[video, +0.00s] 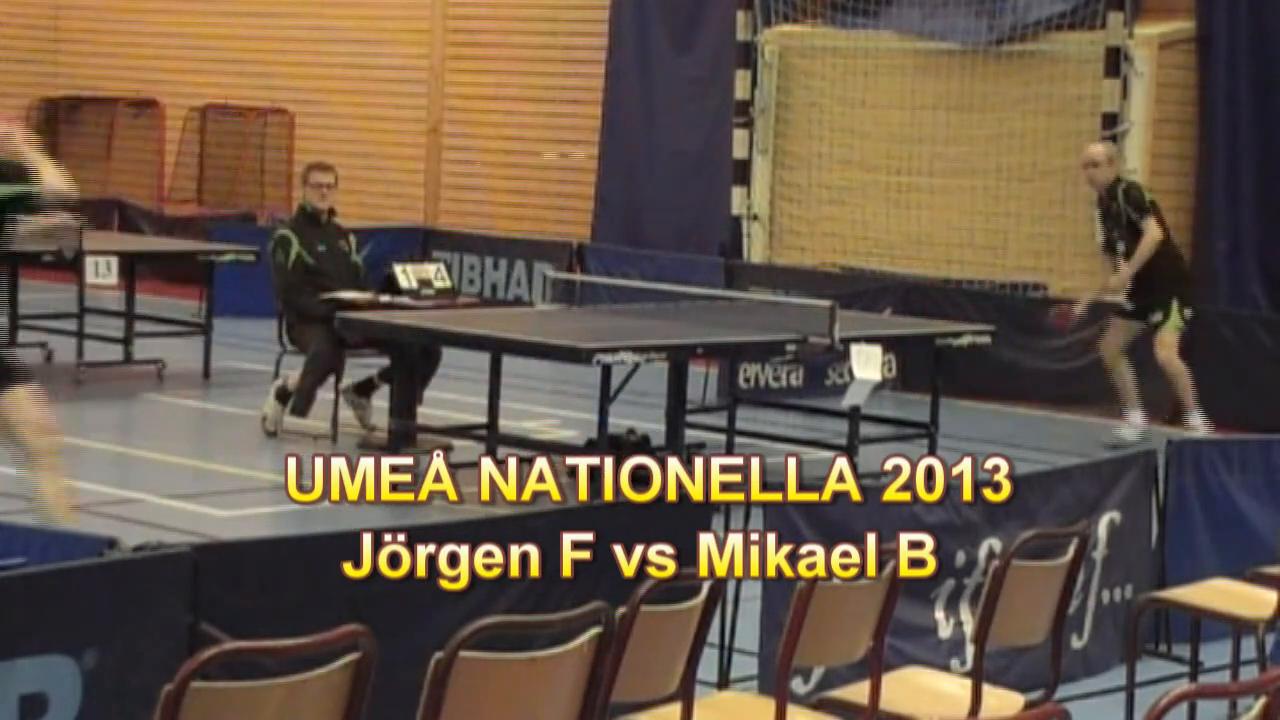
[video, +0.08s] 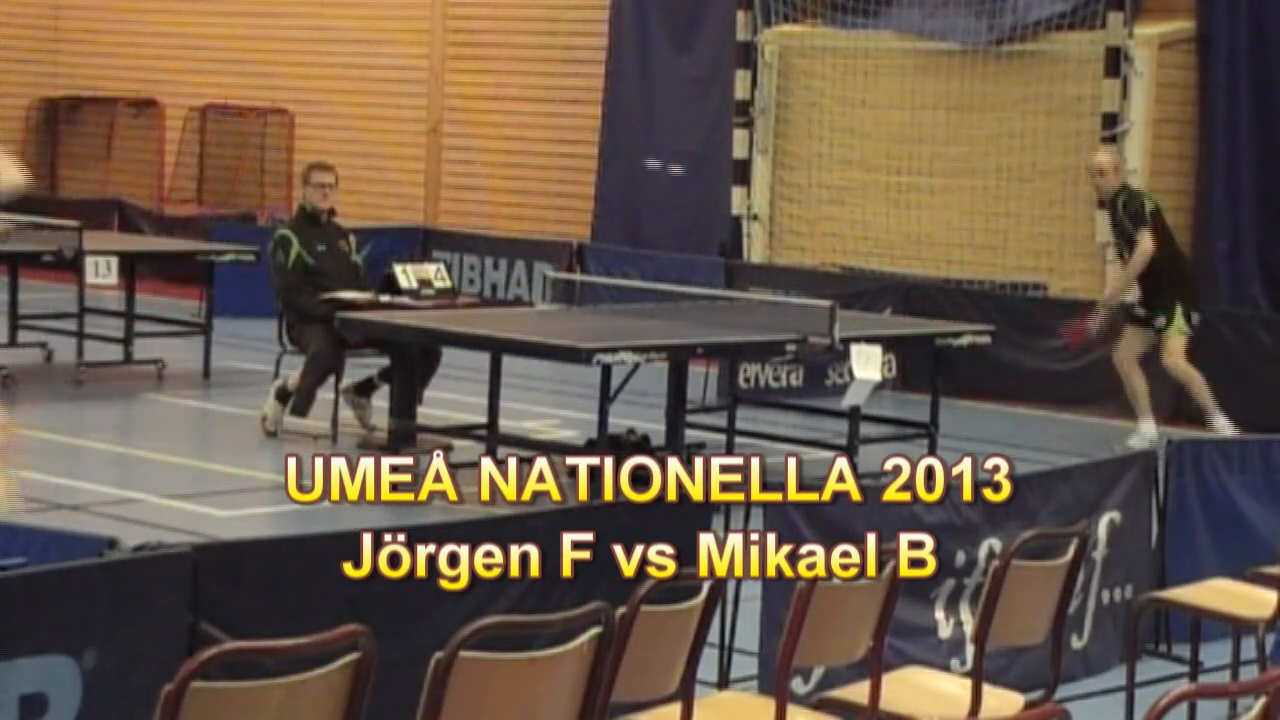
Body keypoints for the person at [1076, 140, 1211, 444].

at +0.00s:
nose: (1090, 173)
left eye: (1095, 166)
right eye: (1086, 167)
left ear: (1113, 166)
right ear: (1083, 171)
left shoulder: (1130, 192)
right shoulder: (1104, 204)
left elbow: (1154, 233)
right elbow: (1116, 266)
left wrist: (1126, 272)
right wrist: (1091, 300)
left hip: (1173, 287)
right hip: (1143, 290)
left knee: (1165, 352)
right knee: (1109, 347)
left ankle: (1195, 418)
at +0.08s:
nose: (1098, 180)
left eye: (1103, 172)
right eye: (1093, 174)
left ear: (1119, 172)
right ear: (1089, 177)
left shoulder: (1135, 201)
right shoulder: (1114, 209)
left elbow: (1147, 247)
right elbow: (1117, 260)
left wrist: (1118, 289)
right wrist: (1106, 304)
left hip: (1176, 292)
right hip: (1150, 295)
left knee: (1173, 360)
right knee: (1124, 356)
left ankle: (1220, 422)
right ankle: (1147, 427)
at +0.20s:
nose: (1107, 199)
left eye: (1111, 193)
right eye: (1104, 193)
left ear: (1126, 195)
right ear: (1105, 199)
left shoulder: (1136, 219)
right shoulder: (1139, 218)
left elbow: (1129, 272)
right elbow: (1177, 256)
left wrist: (1100, 309)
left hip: (1189, 313)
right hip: (1163, 313)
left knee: (1197, 378)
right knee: (1121, 362)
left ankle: (1249, 433)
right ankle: (1147, 432)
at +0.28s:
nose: (1115, 210)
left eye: (1120, 203)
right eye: (1114, 203)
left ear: (1135, 203)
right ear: (1135, 205)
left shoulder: (1142, 233)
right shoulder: (1152, 226)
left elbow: (1122, 283)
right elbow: (1189, 256)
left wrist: (1094, 318)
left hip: (1195, 324)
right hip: (1170, 323)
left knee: (1207, 387)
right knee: (1125, 362)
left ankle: (1260, 440)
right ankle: (1148, 432)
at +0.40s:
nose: (1138, 216)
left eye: (1144, 209)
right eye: (1137, 210)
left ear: (1162, 210)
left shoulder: (1159, 241)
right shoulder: (1195, 239)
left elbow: (1121, 282)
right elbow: (1227, 283)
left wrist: (1095, 316)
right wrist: (1257, 316)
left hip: (1213, 327)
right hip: (1189, 325)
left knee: (1214, 399)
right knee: (1141, 361)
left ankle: (1267, 445)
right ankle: (1152, 433)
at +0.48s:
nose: (1157, 211)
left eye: (1163, 203)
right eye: (1155, 204)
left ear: (1182, 205)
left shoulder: (1176, 239)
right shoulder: (1217, 238)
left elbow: (1139, 273)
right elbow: (1245, 287)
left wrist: (1118, 309)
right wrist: (1268, 304)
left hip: (1220, 329)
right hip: (1200, 326)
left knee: (1222, 402)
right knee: (1151, 363)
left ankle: (1271, 444)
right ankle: (1154, 434)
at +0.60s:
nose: (1183, 182)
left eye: (1190, 175)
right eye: (1183, 174)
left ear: (1211, 181)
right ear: (1199, 181)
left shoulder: (1225, 216)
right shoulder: (1203, 216)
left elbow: (1238, 253)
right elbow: (1209, 258)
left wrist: (1200, 293)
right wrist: (1199, 274)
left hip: (1243, 317)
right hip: (1212, 315)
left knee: (1237, 387)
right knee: (1172, 369)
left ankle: (1277, 439)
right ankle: (1157, 432)